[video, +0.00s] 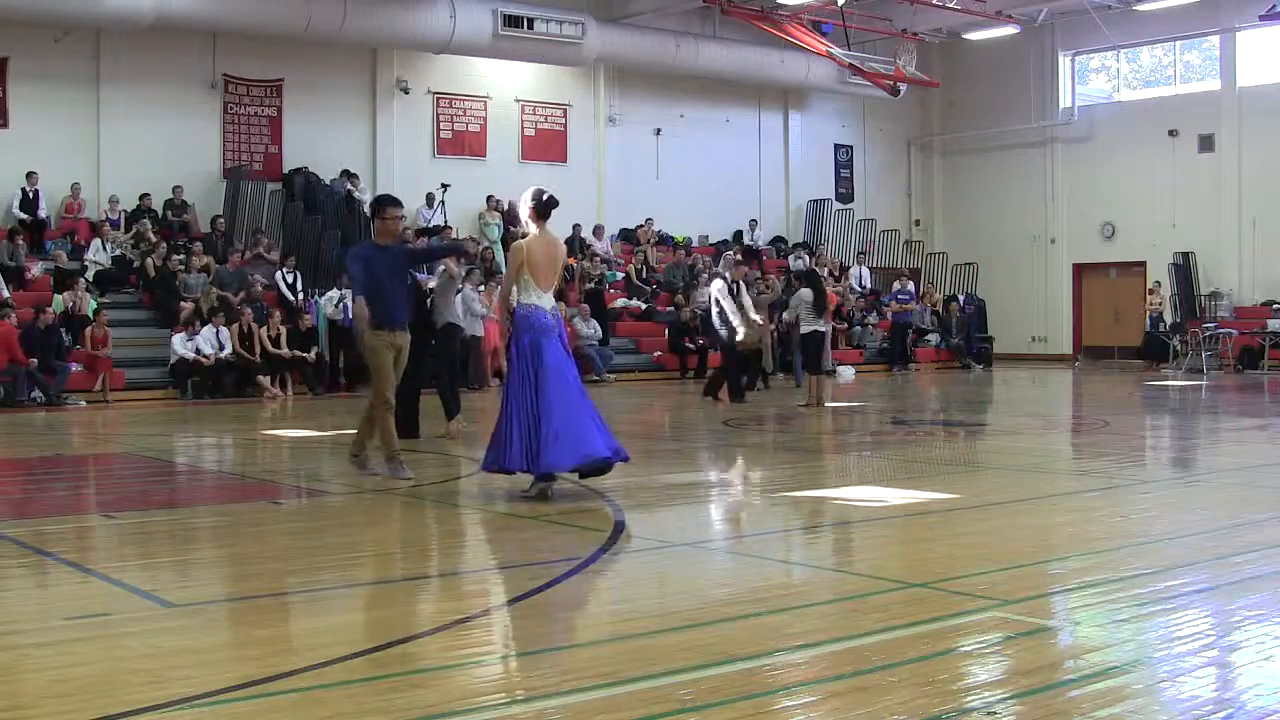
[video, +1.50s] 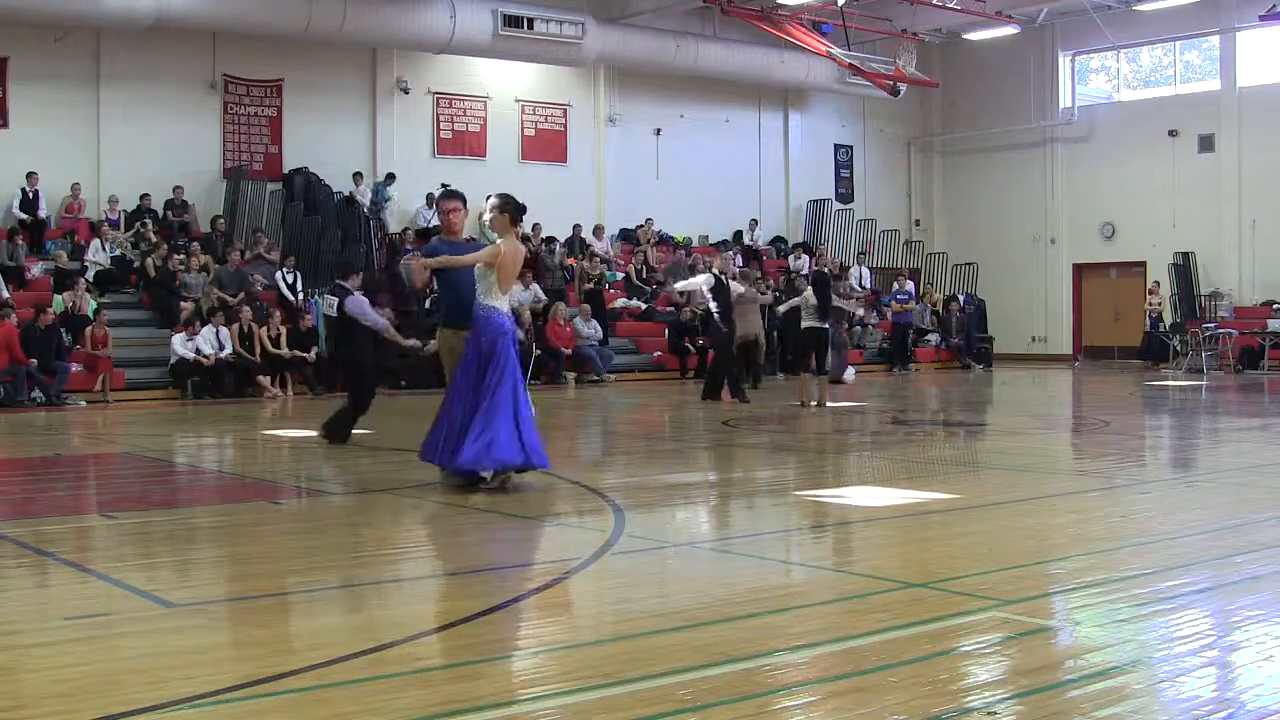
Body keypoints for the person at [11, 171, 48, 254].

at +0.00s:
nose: (37, 181)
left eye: (37, 178)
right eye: (34, 178)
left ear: (37, 180)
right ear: (29, 179)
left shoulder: (39, 193)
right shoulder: (20, 192)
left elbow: (42, 208)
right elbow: (15, 209)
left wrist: (42, 216)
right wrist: (25, 217)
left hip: (36, 217)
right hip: (25, 217)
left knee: (42, 224)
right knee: (34, 226)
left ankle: (40, 247)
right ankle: (33, 248)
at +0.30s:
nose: (36, 181)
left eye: (37, 178)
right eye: (34, 178)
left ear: (38, 180)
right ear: (28, 179)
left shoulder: (39, 193)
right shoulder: (20, 192)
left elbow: (42, 208)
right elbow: (15, 209)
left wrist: (41, 216)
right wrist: (25, 217)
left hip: (36, 217)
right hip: (25, 217)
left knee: (42, 223)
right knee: (33, 226)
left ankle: (40, 248)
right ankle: (32, 248)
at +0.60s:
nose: (36, 181)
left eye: (37, 178)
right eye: (34, 178)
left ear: (38, 180)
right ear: (28, 179)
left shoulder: (39, 193)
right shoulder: (20, 192)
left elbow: (42, 208)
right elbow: (15, 209)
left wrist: (41, 216)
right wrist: (25, 217)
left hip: (36, 217)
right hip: (25, 217)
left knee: (42, 223)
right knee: (33, 226)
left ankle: (40, 248)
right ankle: (32, 248)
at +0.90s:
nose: (36, 181)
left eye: (37, 179)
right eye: (34, 178)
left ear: (38, 180)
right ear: (28, 179)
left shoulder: (39, 193)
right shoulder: (20, 192)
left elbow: (42, 208)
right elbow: (15, 209)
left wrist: (41, 216)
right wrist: (25, 217)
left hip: (36, 217)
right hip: (25, 217)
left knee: (43, 224)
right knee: (34, 226)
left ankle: (40, 248)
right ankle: (33, 248)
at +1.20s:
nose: (37, 181)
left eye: (37, 179)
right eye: (34, 179)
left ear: (38, 180)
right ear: (28, 180)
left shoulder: (39, 193)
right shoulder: (20, 192)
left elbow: (42, 208)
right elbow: (15, 209)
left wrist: (41, 215)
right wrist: (25, 217)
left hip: (36, 217)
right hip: (24, 217)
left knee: (43, 224)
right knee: (34, 227)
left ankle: (39, 247)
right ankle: (32, 248)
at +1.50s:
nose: (37, 181)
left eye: (37, 179)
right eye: (34, 179)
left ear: (38, 180)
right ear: (28, 180)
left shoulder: (39, 193)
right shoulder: (20, 192)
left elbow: (42, 208)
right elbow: (14, 209)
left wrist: (41, 215)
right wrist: (25, 217)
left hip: (36, 216)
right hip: (24, 217)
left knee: (42, 224)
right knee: (34, 227)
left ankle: (39, 248)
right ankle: (32, 248)